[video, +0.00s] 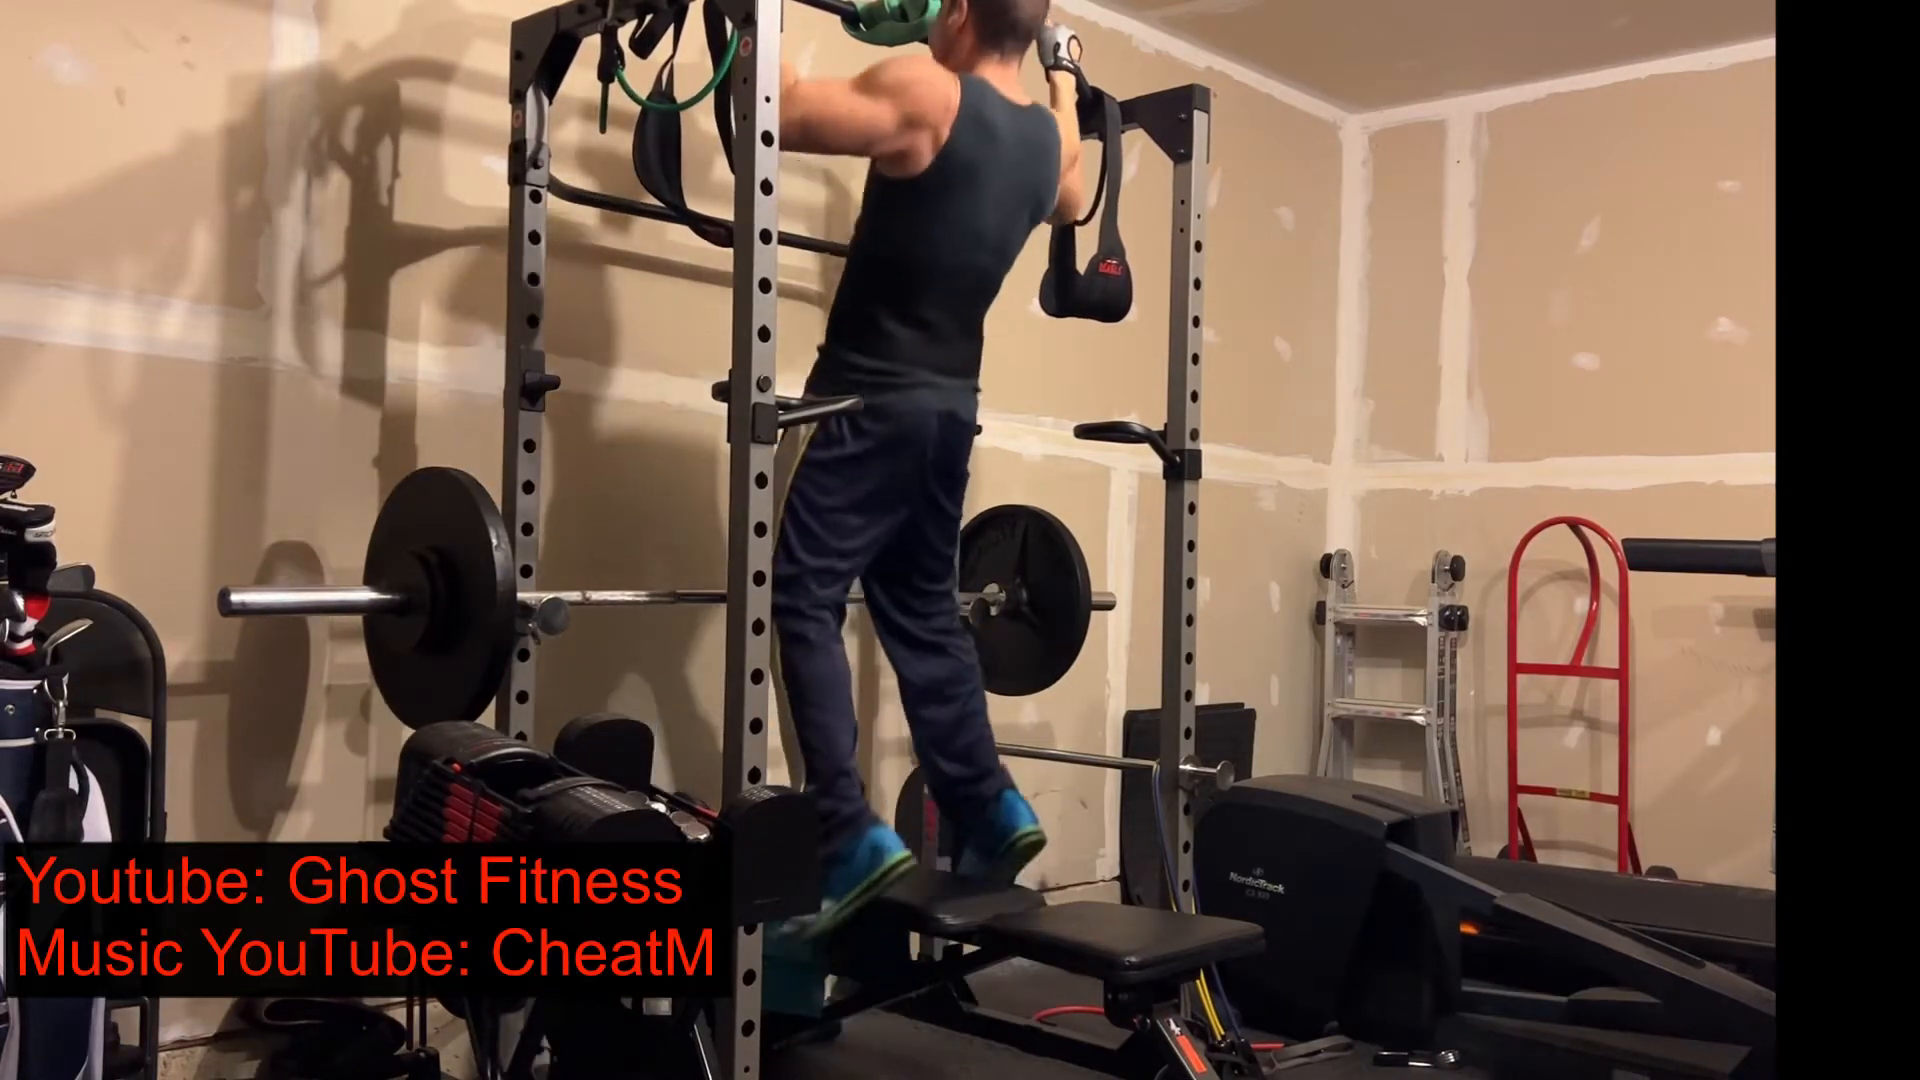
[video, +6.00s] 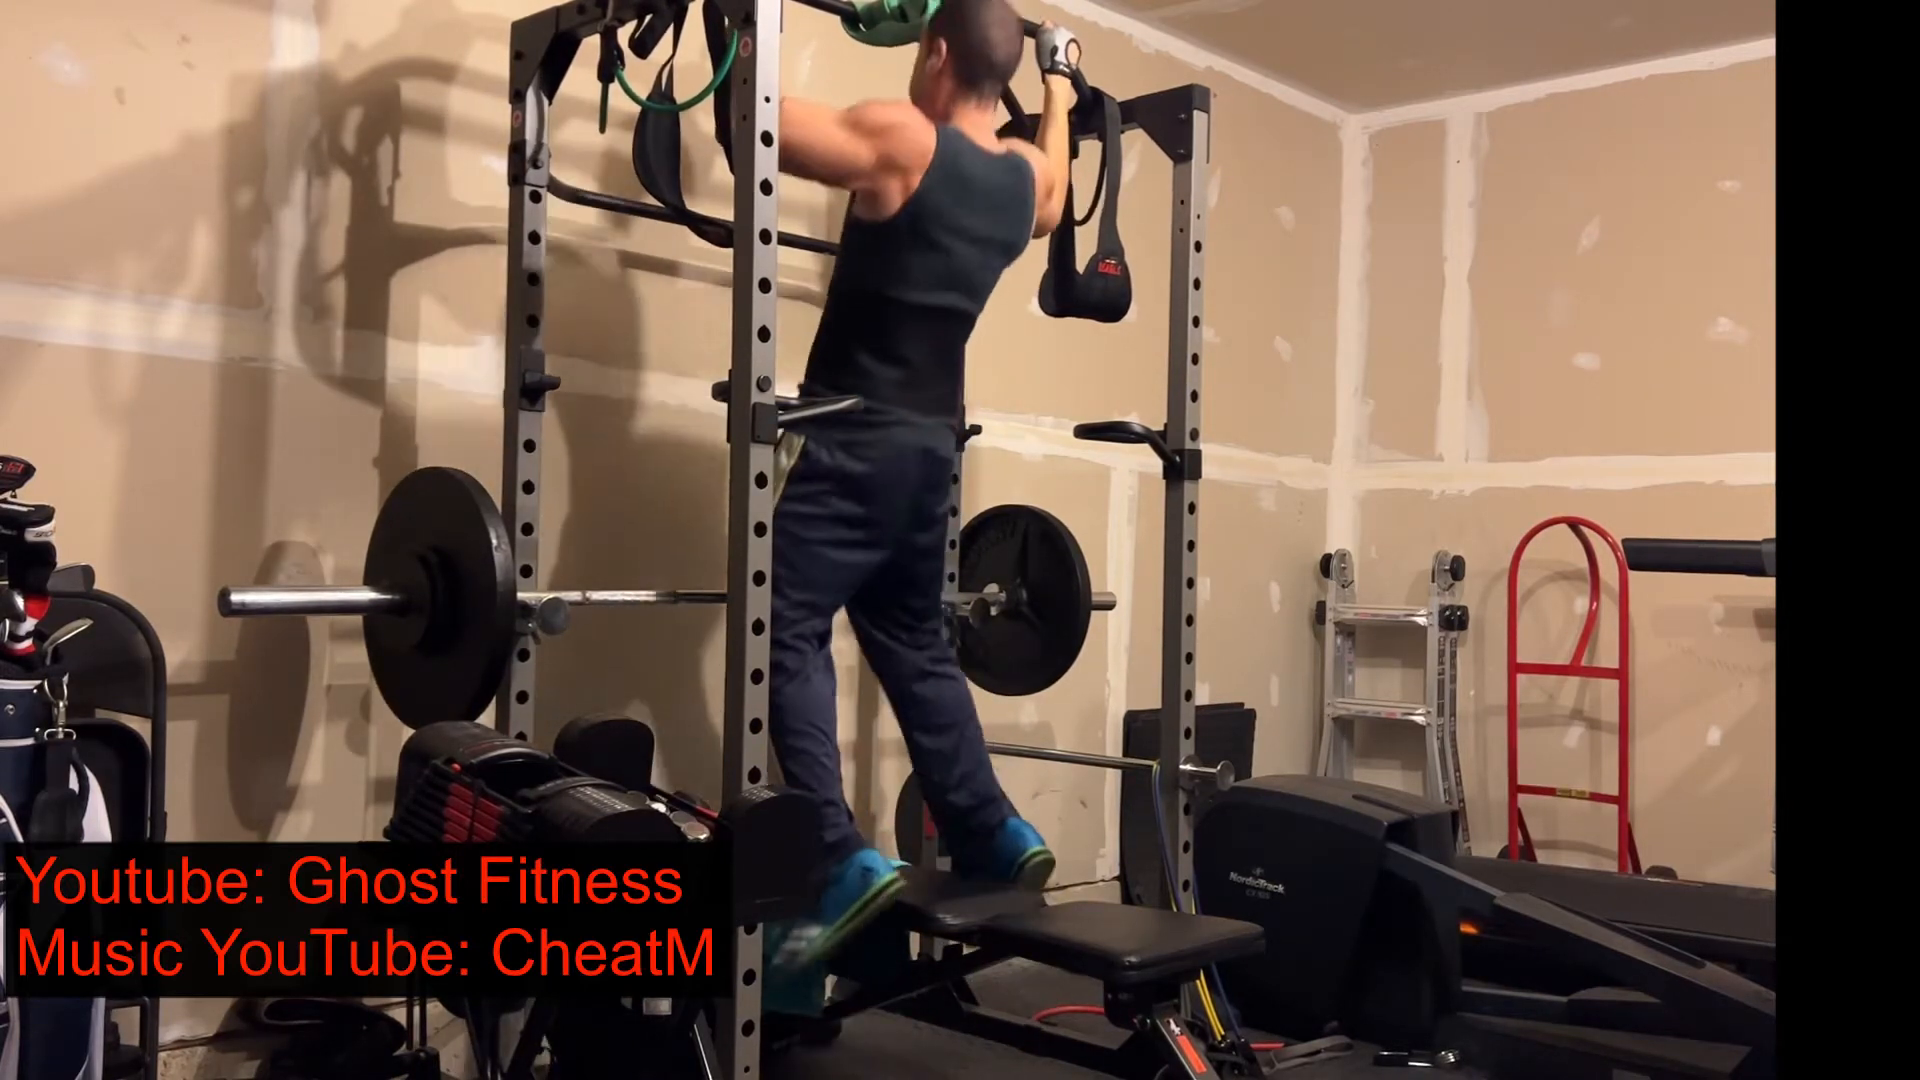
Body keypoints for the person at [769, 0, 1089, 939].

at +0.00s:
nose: (937, 22)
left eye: (945, 11)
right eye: (946, 12)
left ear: (960, 17)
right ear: (1034, 37)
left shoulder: (920, 89)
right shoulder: (1047, 136)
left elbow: (774, 112)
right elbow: (1072, 202)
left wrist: (755, 17)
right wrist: (1058, 97)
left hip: (870, 396)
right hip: (950, 407)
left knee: (803, 601)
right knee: (921, 610)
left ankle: (852, 834)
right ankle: (988, 812)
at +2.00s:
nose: (905, 133)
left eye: (911, 121)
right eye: (912, 122)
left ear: (932, 129)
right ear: (999, 148)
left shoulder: (890, 199)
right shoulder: (1013, 240)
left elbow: (758, 130)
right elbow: (1047, 184)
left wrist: (743, 32)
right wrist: (1058, 96)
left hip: (840, 507)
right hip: (919, 514)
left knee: (777, 706)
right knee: (911, 719)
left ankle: (805, 928)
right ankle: (988, 913)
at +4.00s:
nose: (927, 102)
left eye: (934, 88)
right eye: (937, 89)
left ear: (947, 99)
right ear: (1022, 116)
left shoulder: (915, 173)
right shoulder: (1038, 210)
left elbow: (780, 132)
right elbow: (1057, 186)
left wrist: (756, 35)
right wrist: (1055, 113)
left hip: (861, 483)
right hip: (936, 488)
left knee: (795, 681)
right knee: (918, 688)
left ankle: (833, 915)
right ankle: (985, 876)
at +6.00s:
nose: (914, 52)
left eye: (922, 39)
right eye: (924, 40)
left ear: (939, 54)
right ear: (1006, 78)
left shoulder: (899, 136)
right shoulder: (1023, 178)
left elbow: (764, 124)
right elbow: (1052, 189)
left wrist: (742, 33)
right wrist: (1057, 95)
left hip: (850, 438)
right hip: (931, 445)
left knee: (790, 634)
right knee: (910, 638)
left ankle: (839, 857)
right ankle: (989, 832)